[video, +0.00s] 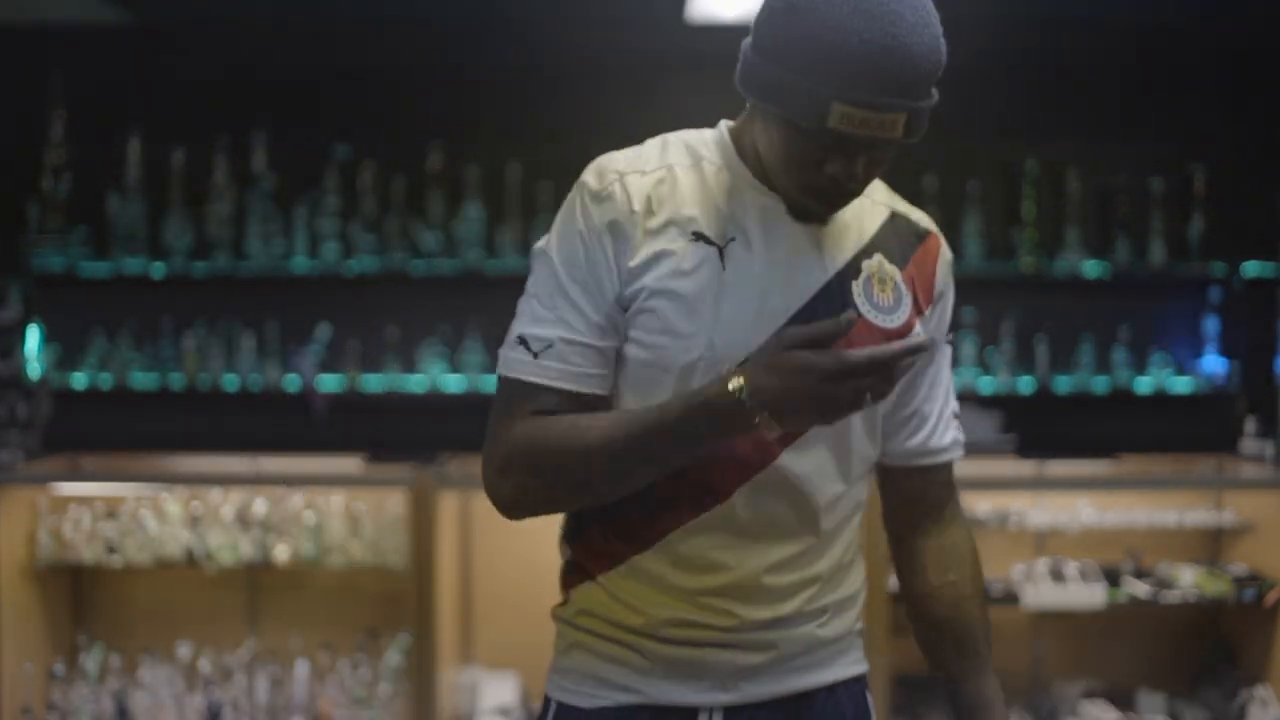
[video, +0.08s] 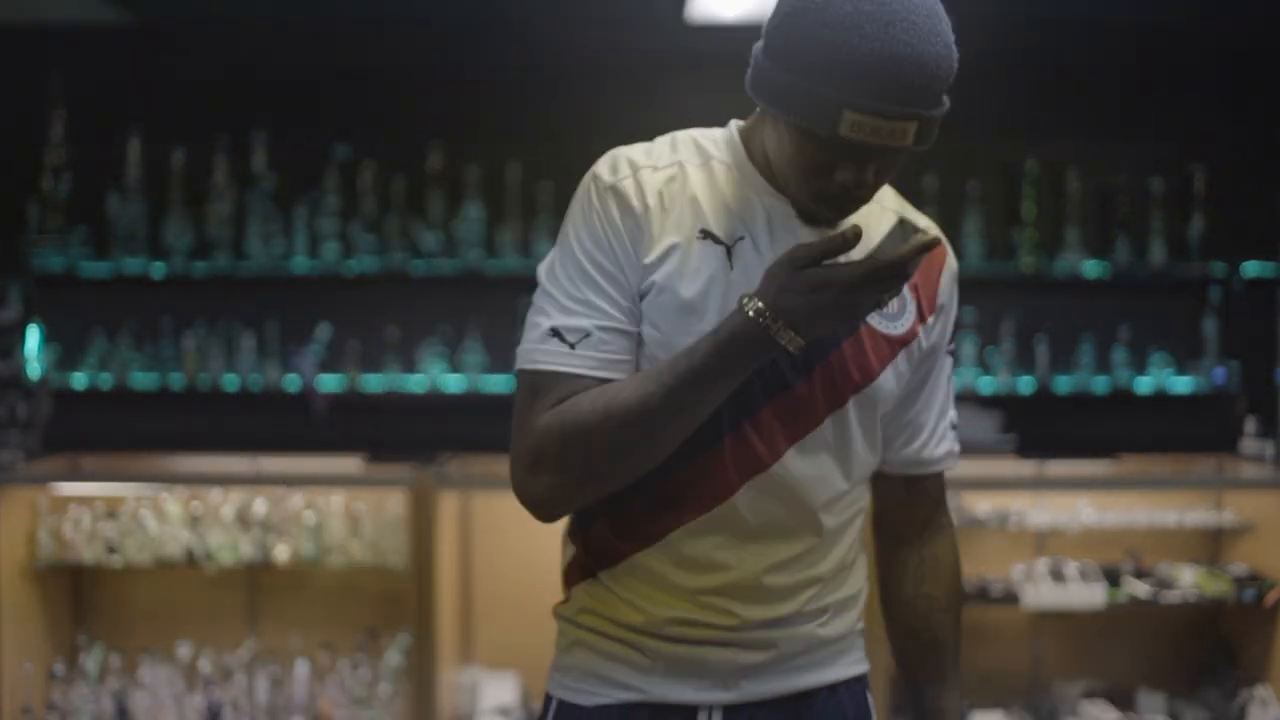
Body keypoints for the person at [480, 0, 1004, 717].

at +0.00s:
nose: (852, 175)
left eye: (883, 148)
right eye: (830, 141)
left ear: (909, 128)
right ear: (756, 92)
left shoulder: (911, 252)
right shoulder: (622, 202)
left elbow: (929, 516)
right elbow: (516, 472)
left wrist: (982, 704)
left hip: (815, 684)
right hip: (621, 683)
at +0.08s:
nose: (864, 182)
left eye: (893, 156)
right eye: (841, 148)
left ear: (922, 132)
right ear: (769, 93)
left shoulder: (917, 257)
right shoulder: (633, 194)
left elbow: (916, 525)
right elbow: (545, 475)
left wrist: (932, 706)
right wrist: (765, 326)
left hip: (818, 681)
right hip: (624, 679)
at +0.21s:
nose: (880, 196)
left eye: (910, 171)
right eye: (855, 163)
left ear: (936, 144)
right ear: (789, 110)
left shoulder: (923, 268)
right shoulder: (643, 182)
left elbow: (897, 522)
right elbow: (577, 462)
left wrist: (891, 705)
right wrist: (778, 271)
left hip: (818, 683)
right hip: (625, 682)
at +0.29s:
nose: (880, 203)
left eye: (911, 178)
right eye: (855, 168)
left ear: (943, 152)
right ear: (786, 112)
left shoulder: (921, 267)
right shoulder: (647, 178)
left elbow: (886, 517)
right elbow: (586, 458)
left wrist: (872, 696)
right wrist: (779, 267)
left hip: (816, 684)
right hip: (622, 681)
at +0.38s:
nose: (878, 207)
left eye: (910, 182)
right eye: (854, 172)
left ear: (940, 155)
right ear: (783, 110)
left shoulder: (917, 266)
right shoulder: (645, 178)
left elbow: (878, 518)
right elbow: (586, 459)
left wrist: (859, 695)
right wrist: (779, 273)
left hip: (813, 684)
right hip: (618, 681)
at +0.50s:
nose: (867, 217)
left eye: (898, 192)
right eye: (846, 181)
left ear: (925, 163)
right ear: (776, 113)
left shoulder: (897, 263)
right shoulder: (625, 184)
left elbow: (863, 508)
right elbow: (565, 466)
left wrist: (857, 692)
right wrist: (761, 284)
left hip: (804, 683)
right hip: (611, 682)